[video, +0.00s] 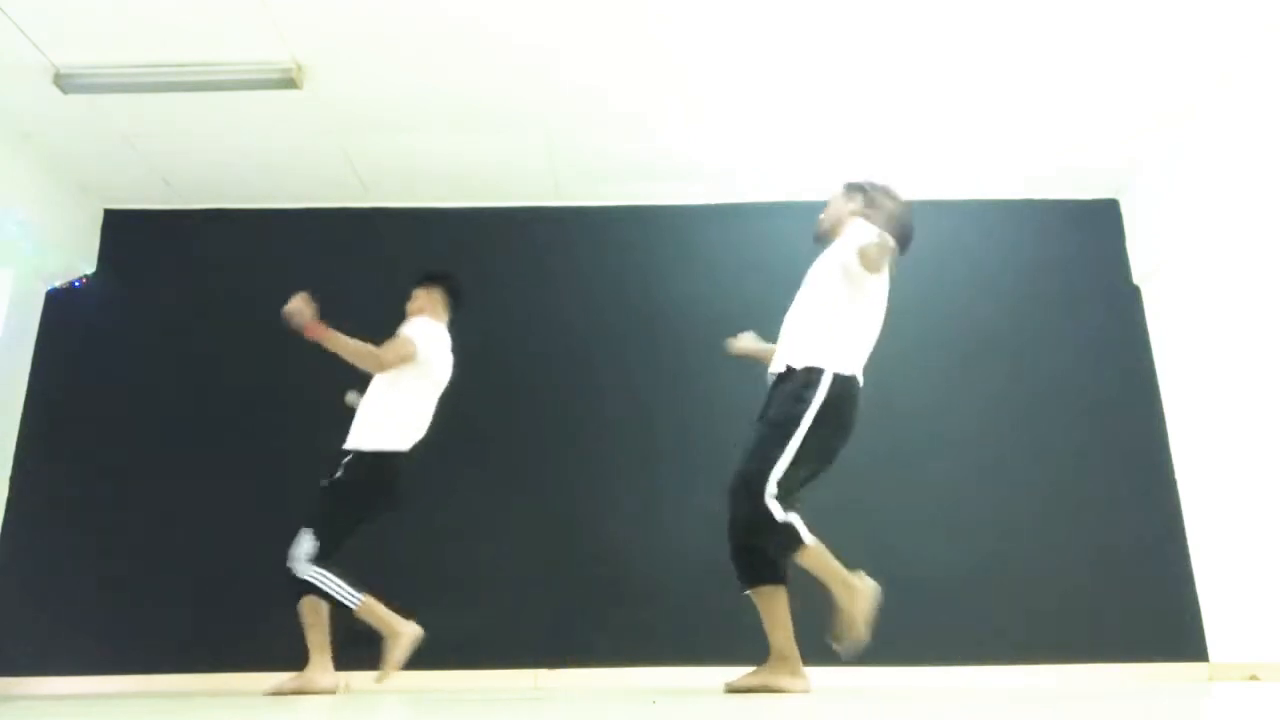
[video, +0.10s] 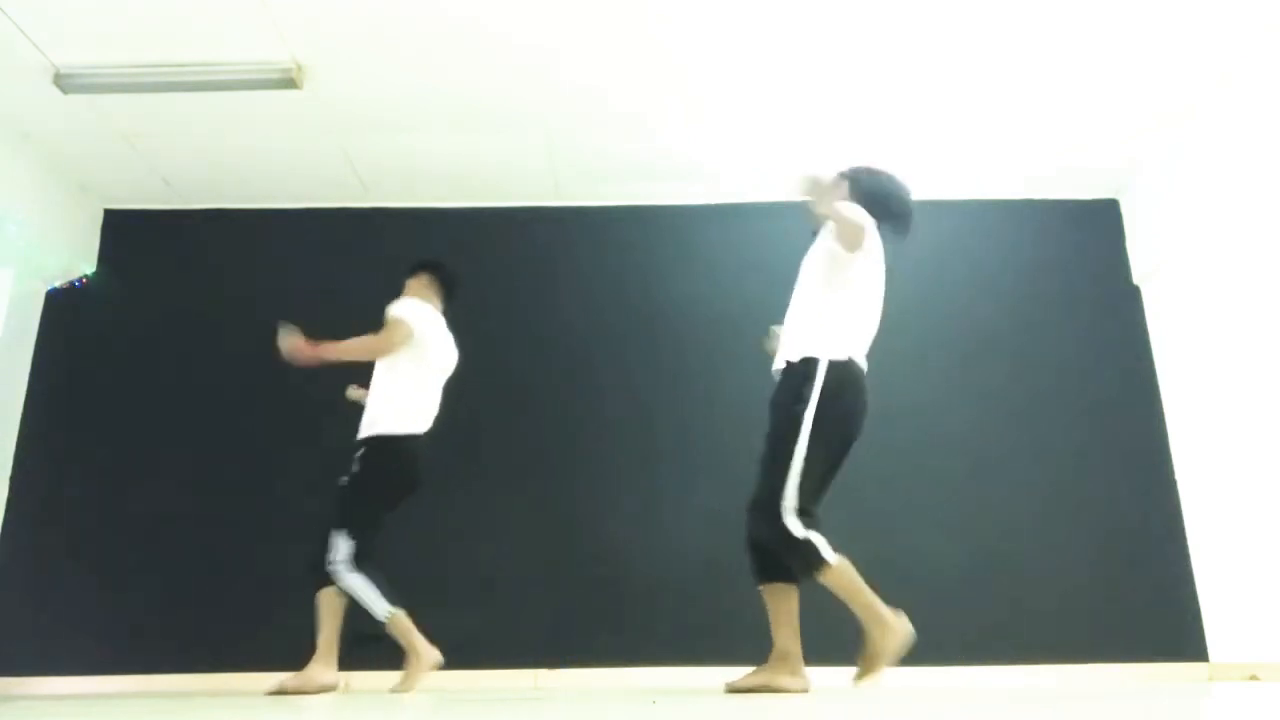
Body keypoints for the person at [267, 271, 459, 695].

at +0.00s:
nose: (410, 303)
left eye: (419, 298)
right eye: (412, 298)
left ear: (437, 305)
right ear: (437, 310)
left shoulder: (425, 330)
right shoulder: (438, 348)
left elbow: (381, 361)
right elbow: (411, 404)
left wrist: (313, 326)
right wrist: (368, 403)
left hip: (371, 462)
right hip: (371, 462)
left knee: (305, 559)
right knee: (306, 560)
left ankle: (398, 630)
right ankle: (319, 669)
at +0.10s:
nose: (407, 287)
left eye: (413, 281)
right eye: (412, 281)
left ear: (421, 285)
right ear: (441, 298)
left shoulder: (411, 309)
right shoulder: (446, 341)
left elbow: (388, 343)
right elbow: (418, 393)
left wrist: (315, 351)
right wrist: (371, 397)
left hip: (383, 448)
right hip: (401, 451)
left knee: (341, 560)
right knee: (331, 558)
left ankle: (419, 650)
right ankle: (323, 667)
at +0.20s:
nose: (400, 292)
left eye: (403, 286)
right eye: (409, 291)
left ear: (404, 286)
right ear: (439, 301)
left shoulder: (385, 309)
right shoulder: (450, 334)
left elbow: (367, 335)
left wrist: (354, 388)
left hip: (410, 431)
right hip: (449, 435)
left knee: (389, 554)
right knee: (371, 539)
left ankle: (441, 668)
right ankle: (367, 653)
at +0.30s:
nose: (432, 314)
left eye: (420, 306)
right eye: (436, 308)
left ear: (404, 305)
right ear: (442, 309)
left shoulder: (386, 327)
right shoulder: (459, 343)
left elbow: (342, 356)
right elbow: (498, 393)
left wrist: (351, 421)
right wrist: (477, 423)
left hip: (414, 440)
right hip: (461, 440)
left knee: (395, 560)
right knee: (430, 547)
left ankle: (440, 669)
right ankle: (462, 627)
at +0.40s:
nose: (461, 330)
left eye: (459, 324)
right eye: (460, 324)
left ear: (420, 319)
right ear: (453, 319)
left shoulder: (387, 345)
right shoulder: (467, 349)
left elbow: (325, 387)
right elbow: (516, 395)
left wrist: (314, 455)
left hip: (410, 447)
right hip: (464, 444)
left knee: (396, 565)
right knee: (481, 541)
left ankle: (442, 670)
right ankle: (505, 627)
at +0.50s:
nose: (475, 336)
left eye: (472, 329)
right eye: (473, 329)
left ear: (433, 324)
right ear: (462, 325)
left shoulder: (394, 354)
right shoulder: (477, 353)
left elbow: (336, 402)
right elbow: (537, 386)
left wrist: (312, 454)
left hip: (402, 461)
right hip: (459, 455)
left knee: (399, 571)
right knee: (517, 546)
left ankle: (442, 671)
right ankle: (537, 651)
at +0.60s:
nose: (485, 335)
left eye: (483, 329)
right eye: (483, 328)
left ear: (444, 326)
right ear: (473, 325)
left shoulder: (407, 358)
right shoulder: (486, 353)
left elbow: (359, 410)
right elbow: (549, 370)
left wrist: (357, 438)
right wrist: (613, 384)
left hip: (401, 465)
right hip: (455, 461)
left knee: (393, 576)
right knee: (517, 549)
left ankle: (442, 671)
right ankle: (563, 654)